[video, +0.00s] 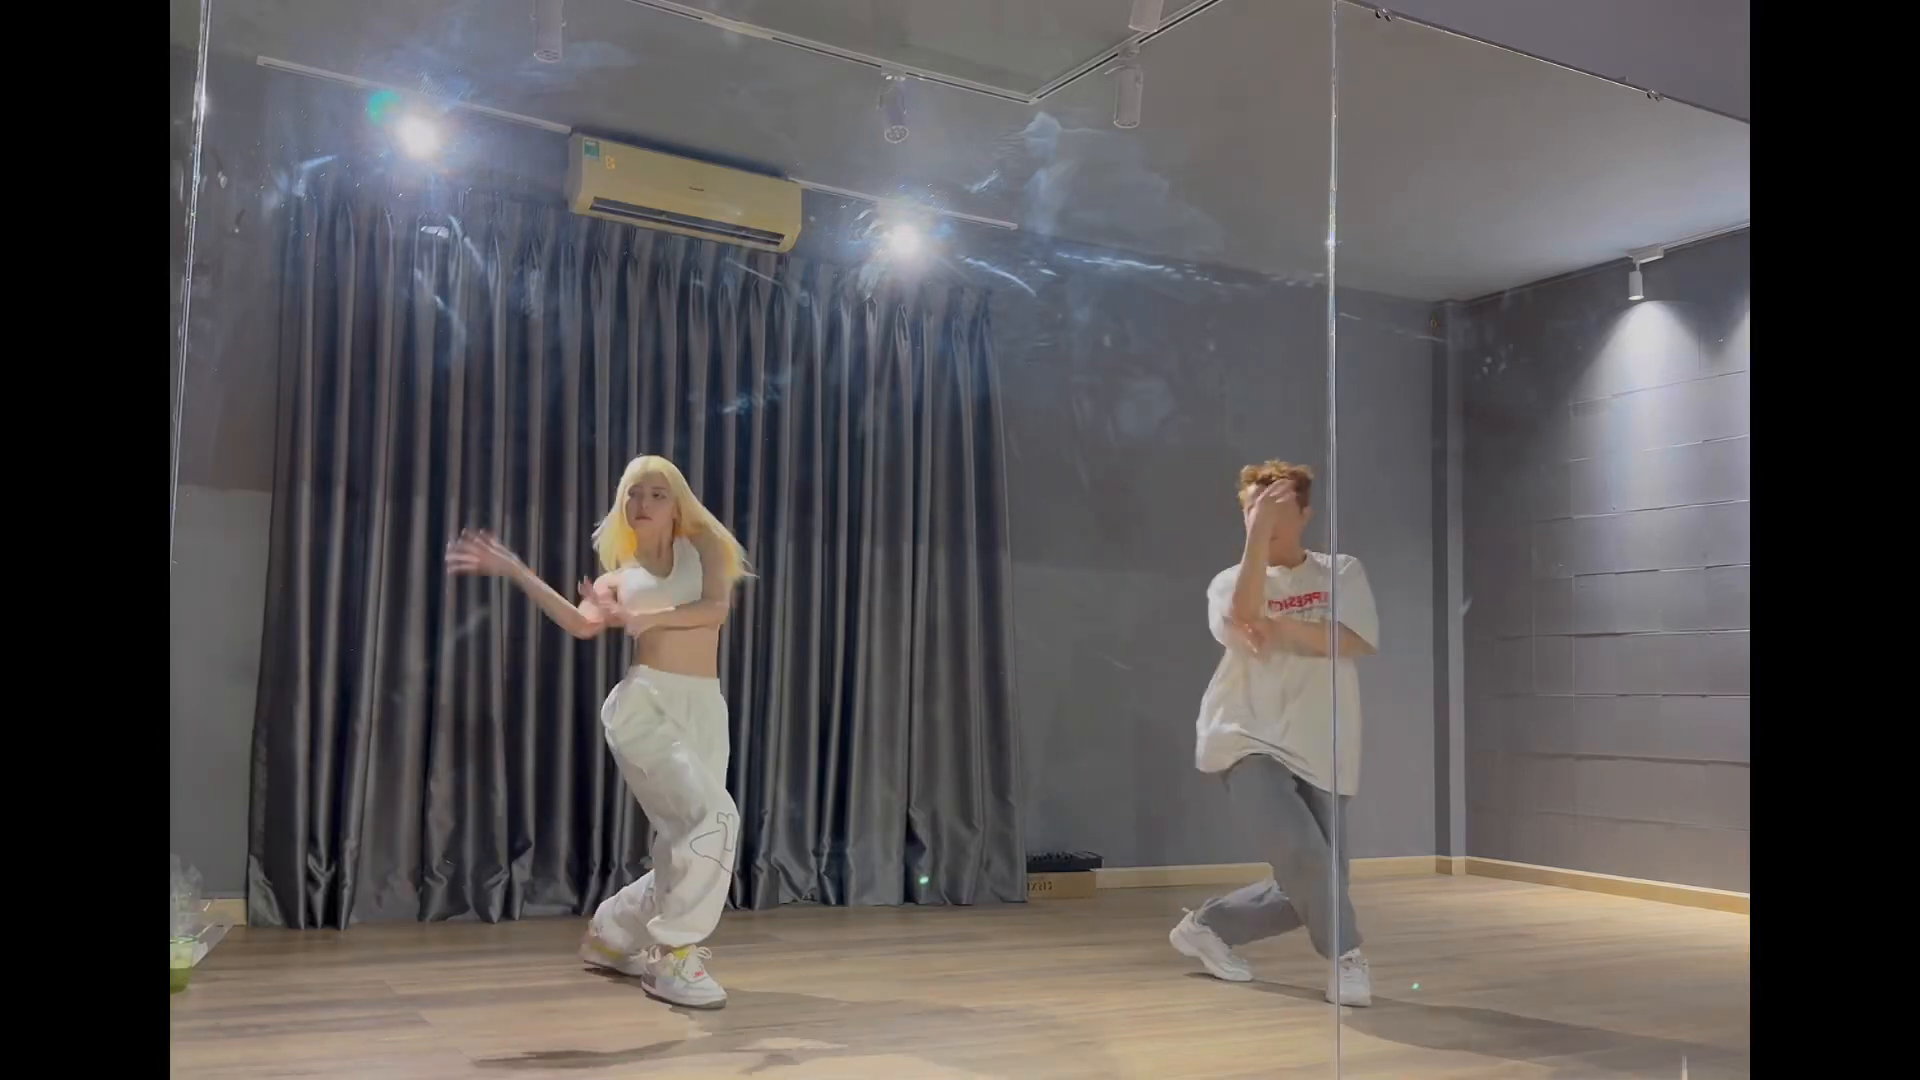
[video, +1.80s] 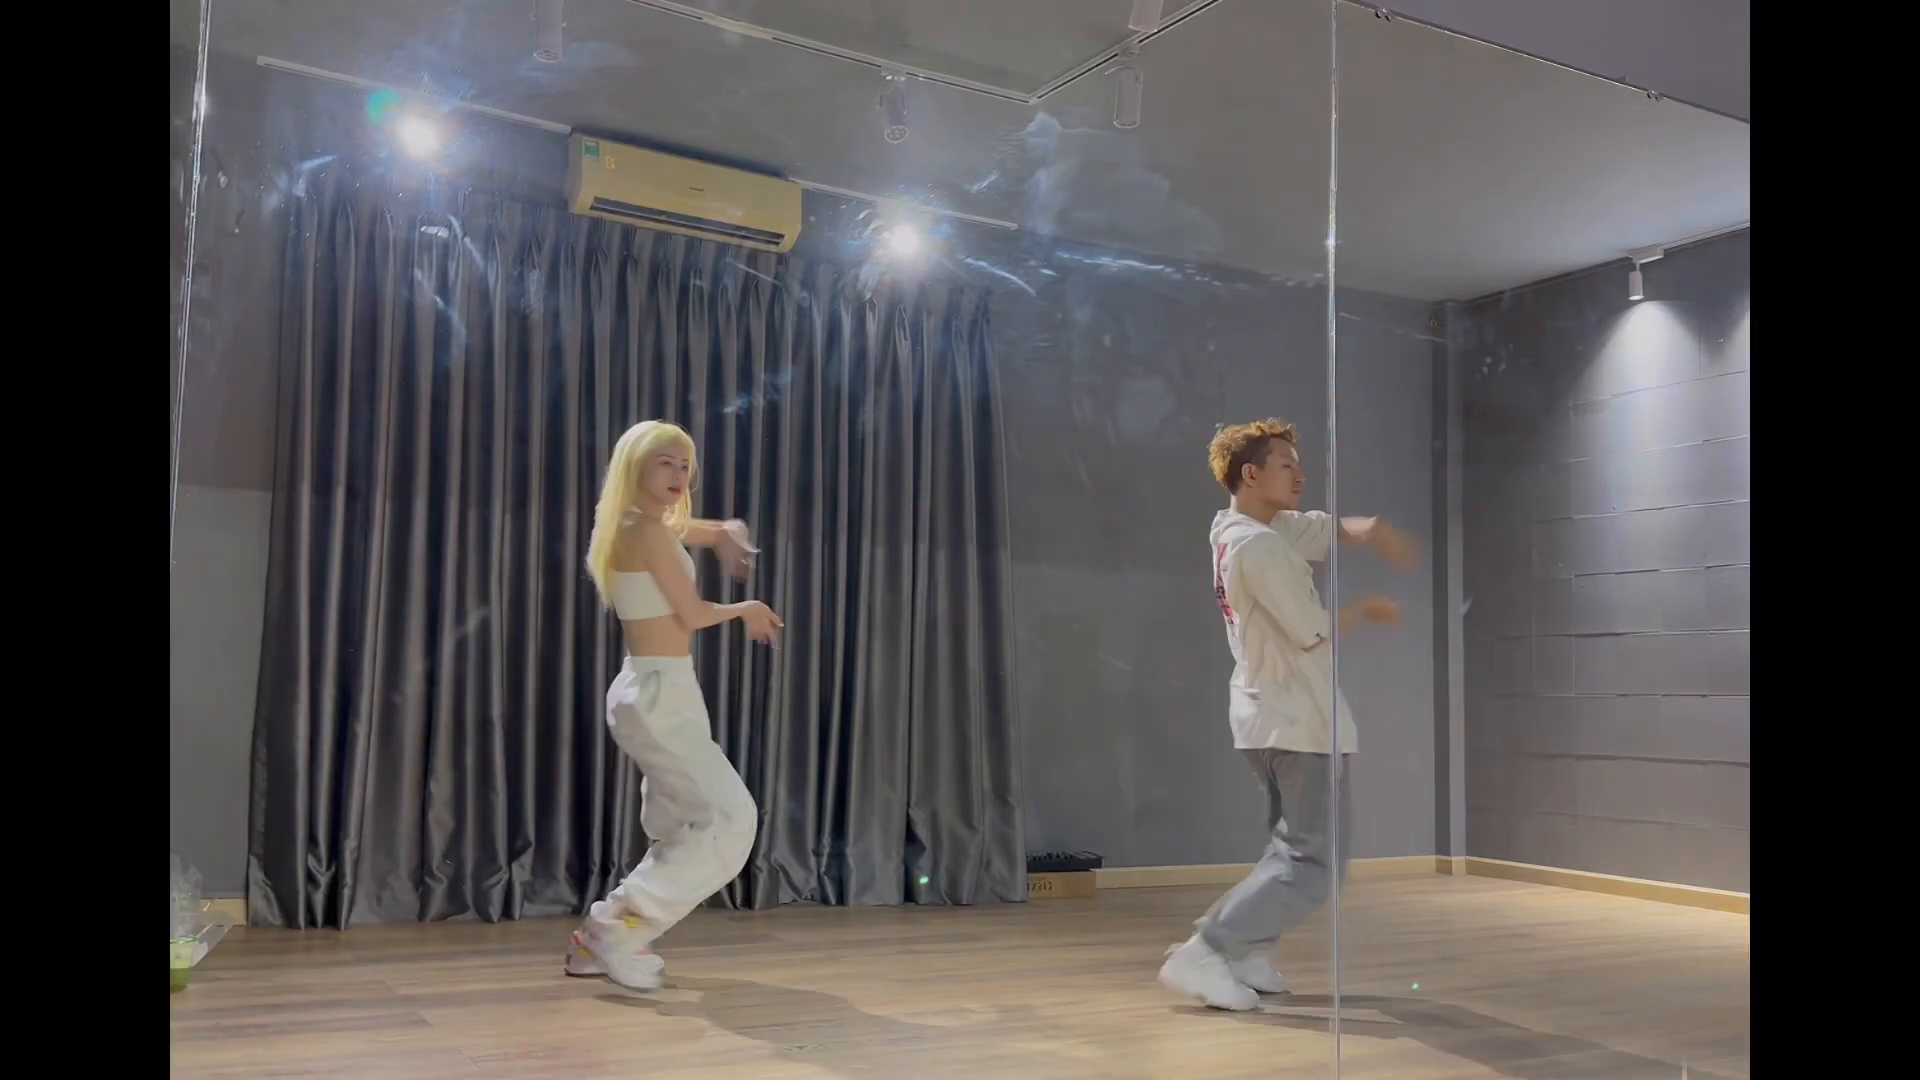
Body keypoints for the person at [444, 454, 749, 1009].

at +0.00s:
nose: (645, 501)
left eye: (658, 492)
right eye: (636, 492)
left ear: (679, 504)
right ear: (624, 506)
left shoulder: (707, 548)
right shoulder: (618, 578)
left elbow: (714, 612)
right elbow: (582, 624)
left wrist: (633, 619)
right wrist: (513, 568)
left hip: (704, 713)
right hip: (642, 708)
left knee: (692, 850)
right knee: (712, 819)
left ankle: (613, 935)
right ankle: (675, 957)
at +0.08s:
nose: (644, 490)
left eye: (656, 480)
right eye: (635, 480)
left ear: (677, 488)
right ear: (622, 489)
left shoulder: (707, 537)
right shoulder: (615, 564)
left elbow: (724, 591)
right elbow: (616, 632)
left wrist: (658, 623)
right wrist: (530, 602)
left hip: (709, 697)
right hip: (649, 694)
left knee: (689, 840)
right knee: (715, 818)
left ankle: (606, 934)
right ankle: (672, 957)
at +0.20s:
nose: (665, 436)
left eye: (676, 424)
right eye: (654, 425)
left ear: (695, 433)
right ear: (636, 435)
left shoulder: (711, 487)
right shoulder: (623, 506)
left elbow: (771, 513)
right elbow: (630, 604)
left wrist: (726, 540)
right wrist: (627, 579)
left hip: (714, 657)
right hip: (659, 653)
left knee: (683, 804)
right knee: (681, 804)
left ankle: (603, 930)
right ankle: (670, 954)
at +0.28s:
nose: (687, 390)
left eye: (693, 384)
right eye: (671, 384)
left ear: (704, 405)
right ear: (643, 411)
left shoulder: (719, 464)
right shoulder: (640, 474)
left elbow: (803, 480)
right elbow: (624, 567)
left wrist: (735, 473)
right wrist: (682, 547)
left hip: (709, 637)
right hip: (660, 634)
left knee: (684, 788)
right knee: (663, 788)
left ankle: (606, 925)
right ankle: (663, 946)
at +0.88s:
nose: (716, 408)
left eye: (722, 400)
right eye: (706, 394)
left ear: (717, 411)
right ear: (671, 398)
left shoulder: (686, 467)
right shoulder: (677, 469)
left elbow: (739, 528)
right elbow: (708, 562)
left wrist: (740, 479)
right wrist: (771, 526)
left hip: (674, 631)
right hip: (684, 635)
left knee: (660, 783)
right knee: (699, 791)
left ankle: (612, 920)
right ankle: (667, 945)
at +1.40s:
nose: (693, 457)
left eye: (691, 447)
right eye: (675, 450)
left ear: (695, 461)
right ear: (649, 473)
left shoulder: (657, 520)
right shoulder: (683, 527)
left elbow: (732, 503)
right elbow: (698, 625)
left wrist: (743, 449)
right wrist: (769, 615)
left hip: (634, 698)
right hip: (658, 705)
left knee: (674, 833)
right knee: (734, 812)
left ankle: (605, 939)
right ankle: (678, 946)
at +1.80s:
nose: (680, 474)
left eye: (686, 467)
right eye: (667, 462)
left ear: (685, 477)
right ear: (634, 469)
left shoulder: (630, 527)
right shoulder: (649, 531)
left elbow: (705, 531)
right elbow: (691, 614)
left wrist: (726, 534)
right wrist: (746, 610)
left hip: (644, 697)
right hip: (661, 701)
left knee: (676, 835)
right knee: (735, 818)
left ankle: (605, 941)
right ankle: (617, 924)